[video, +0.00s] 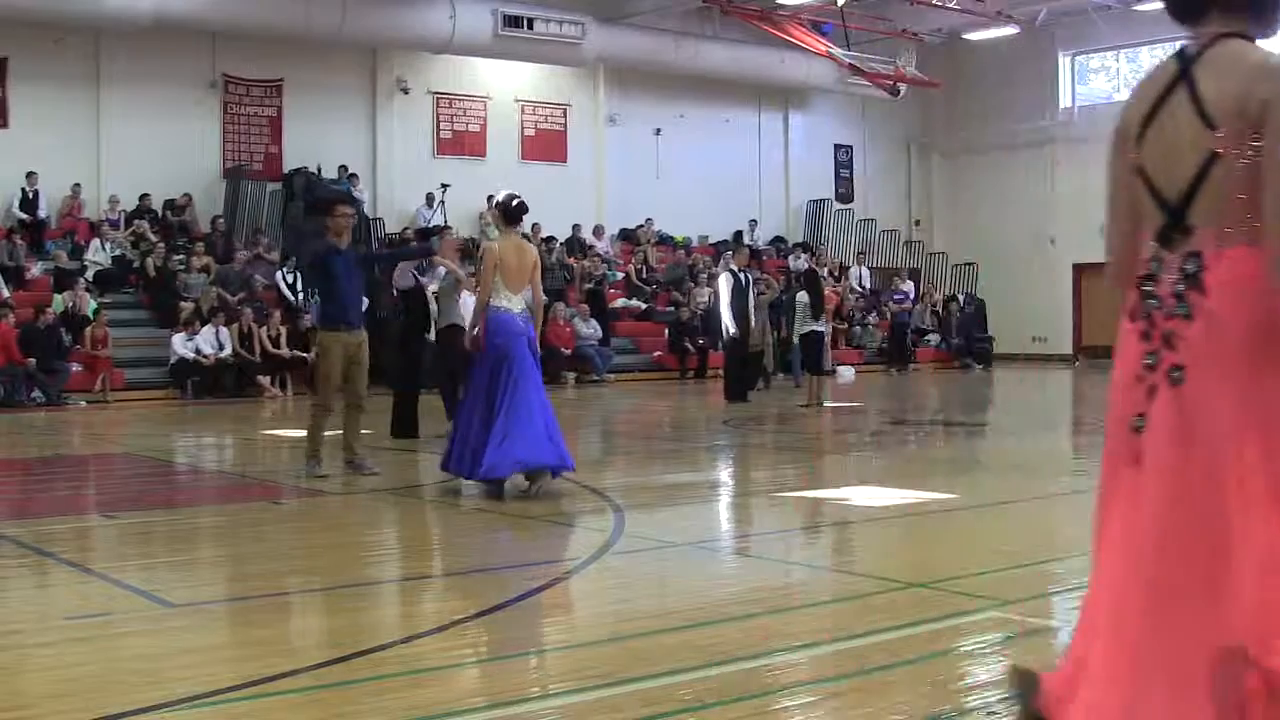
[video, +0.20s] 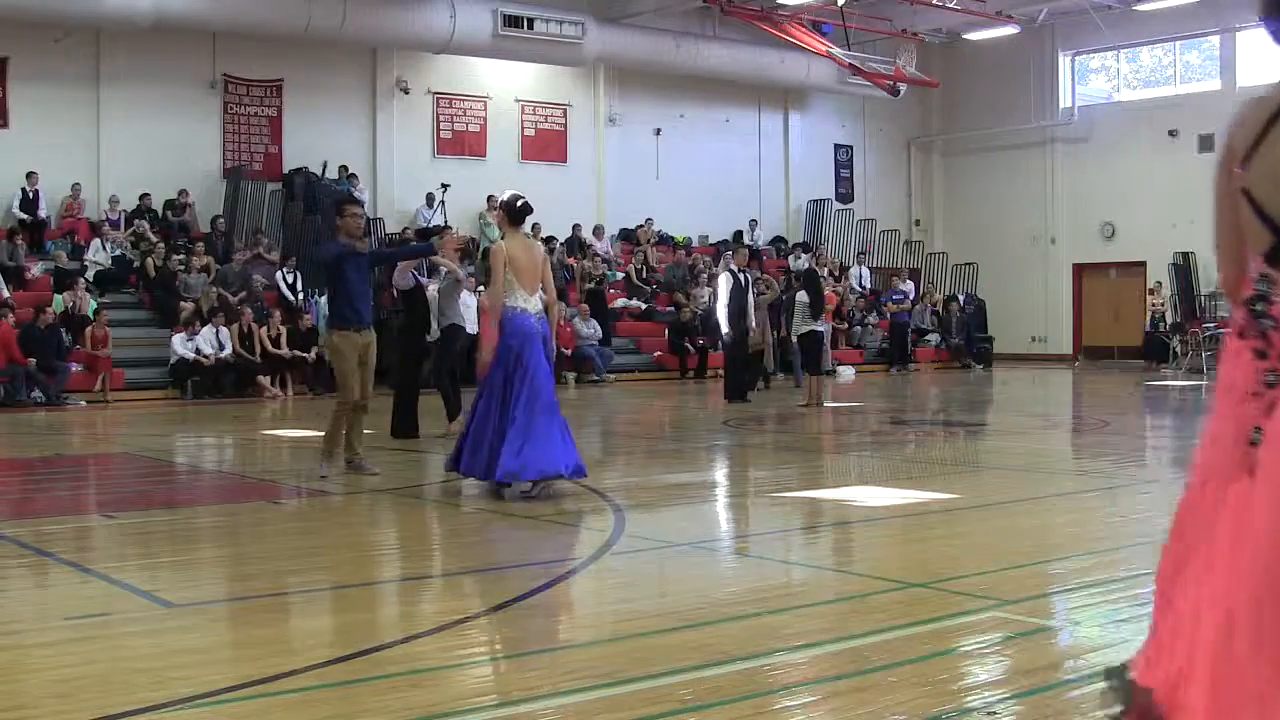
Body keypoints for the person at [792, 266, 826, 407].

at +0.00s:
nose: (802, 281)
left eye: (803, 278)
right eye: (804, 278)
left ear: (804, 280)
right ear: (817, 280)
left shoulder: (801, 295)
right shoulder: (820, 295)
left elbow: (799, 318)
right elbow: (822, 316)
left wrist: (795, 335)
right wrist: (823, 330)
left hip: (807, 332)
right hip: (820, 332)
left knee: (811, 369)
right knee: (818, 369)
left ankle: (811, 398)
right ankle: (818, 398)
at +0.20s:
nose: (801, 281)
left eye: (802, 278)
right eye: (803, 278)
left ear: (804, 280)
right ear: (817, 280)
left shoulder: (800, 295)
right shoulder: (820, 295)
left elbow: (797, 318)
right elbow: (821, 316)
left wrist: (793, 334)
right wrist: (822, 329)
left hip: (806, 332)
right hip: (819, 332)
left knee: (810, 368)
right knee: (817, 368)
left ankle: (810, 398)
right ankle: (818, 397)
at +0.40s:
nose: (800, 281)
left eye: (802, 278)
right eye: (801, 278)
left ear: (804, 280)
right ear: (817, 280)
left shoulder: (801, 295)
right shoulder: (820, 295)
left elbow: (795, 314)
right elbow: (822, 314)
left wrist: (788, 328)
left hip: (806, 332)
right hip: (819, 331)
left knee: (810, 367)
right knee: (816, 367)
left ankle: (811, 397)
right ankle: (819, 397)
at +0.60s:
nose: (800, 282)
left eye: (801, 279)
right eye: (800, 279)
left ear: (804, 280)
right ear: (817, 280)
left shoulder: (801, 296)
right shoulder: (820, 295)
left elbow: (789, 313)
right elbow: (823, 317)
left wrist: (779, 329)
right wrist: (828, 330)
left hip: (806, 332)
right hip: (820, 332)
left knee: (811, 368)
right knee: (817, 367)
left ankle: (810, 398)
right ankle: (819, 398)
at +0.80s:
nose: (800, 282)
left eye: (801, 280)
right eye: (801, 280)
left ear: (805, 281)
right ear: (817, 280)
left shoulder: (802, 295)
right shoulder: (821, 294)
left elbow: (792, 315)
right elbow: (824, 316)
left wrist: (781, 329)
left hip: (807, 331)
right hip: (820, 331)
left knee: (811, 367)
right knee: (818, 367)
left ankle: (811, 398)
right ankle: (820, 398)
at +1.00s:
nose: (801, 282)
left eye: (802, 279)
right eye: (802, 279)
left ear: (805, 279)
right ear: (817, 279)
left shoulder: (801, 293)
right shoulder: (822, 293)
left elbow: (792, 310)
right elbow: (822, 313)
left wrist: (789, 316)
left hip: (807, 331)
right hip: (820, 330)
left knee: (810, 367)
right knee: (818, 367)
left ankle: (811, 398)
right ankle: (820, 398)